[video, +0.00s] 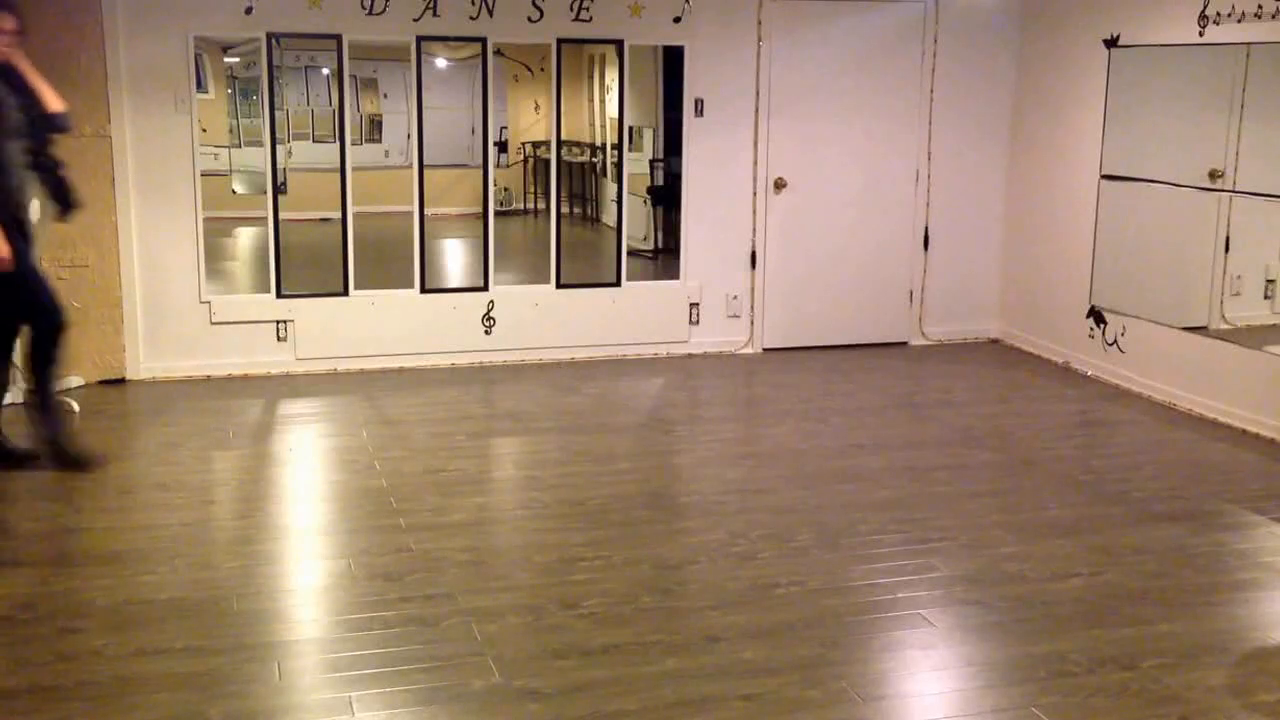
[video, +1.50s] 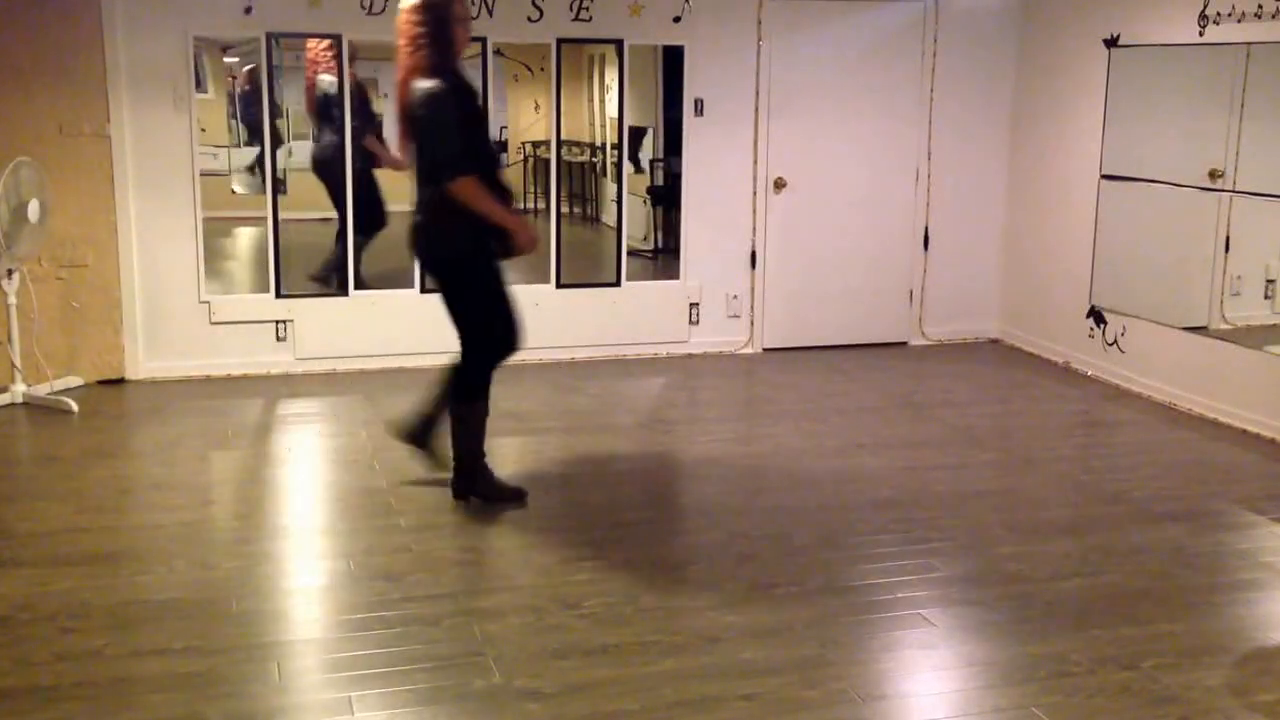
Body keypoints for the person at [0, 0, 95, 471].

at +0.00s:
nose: (7, 43)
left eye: (11, 35)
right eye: (2, 34)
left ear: (18, 39)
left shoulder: (14, 85)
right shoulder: (6, 86)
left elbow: (58, 118)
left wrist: (19, 59)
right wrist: (0, 233)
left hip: (18, 231)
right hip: (2, 233)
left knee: (3, 334)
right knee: (48, 318)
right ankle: (50, 432)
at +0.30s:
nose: (96, 45)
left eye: (104, 37)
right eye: (87, 35)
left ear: (112, 42)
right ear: (66, 36)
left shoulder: (108, 84)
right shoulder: (55, 87)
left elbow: (137, 149)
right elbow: (61, 169)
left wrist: (138, 92)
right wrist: (89, 244)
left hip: (114, 218)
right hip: (79, 221)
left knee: (126, 327)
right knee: (134, 325)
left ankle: (43, 399)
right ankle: (145, 447)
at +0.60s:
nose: (207, 38)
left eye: (209, 30)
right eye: (199, 27)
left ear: (203, 36)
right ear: (170, 29)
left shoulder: (194, 85)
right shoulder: (151, 84)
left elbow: (230, 133)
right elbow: (163, 168)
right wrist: (212, 235)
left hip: (210, 227)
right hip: (166, 229)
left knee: (246, 324)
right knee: (169, 334)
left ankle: (280, 435)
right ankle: (146, 447)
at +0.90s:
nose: (297, 44)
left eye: (298, 33)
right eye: (285, 33)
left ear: (291, 36)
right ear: (255, 35)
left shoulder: (281, 88)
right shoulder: (241, 87)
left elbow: (291, 161)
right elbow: (247, 169)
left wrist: (327, 192)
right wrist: (297, 234)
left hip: (301, 227)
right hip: (264, 232)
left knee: (318, 337)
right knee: (304, 338)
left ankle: (317, 448)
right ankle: (217, 413)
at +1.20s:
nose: (369, 42)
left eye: (376, 32)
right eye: (360, 32)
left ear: (390, 38)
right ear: (347, 39)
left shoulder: (388, 96)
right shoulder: (344, 100)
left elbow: (388, 170)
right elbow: (338, 184)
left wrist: (421, 205)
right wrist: (396, 220)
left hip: (384, 236)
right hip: (360, 239)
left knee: (362, 343)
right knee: (416, 342)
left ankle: (318, 444)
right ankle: (455, 465)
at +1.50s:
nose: (469, 29)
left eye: (466, 20)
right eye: (462, 21)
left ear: (431, 31)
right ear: (442, 29)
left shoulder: (443, 85)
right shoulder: (434, 92)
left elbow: (461, 166)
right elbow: (455, 175)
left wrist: (506, 214)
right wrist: (510, 220)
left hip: (457, 234)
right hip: (450, 237)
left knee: (494, 337)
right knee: (485, 342)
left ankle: (422, 422)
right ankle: (470, 472)